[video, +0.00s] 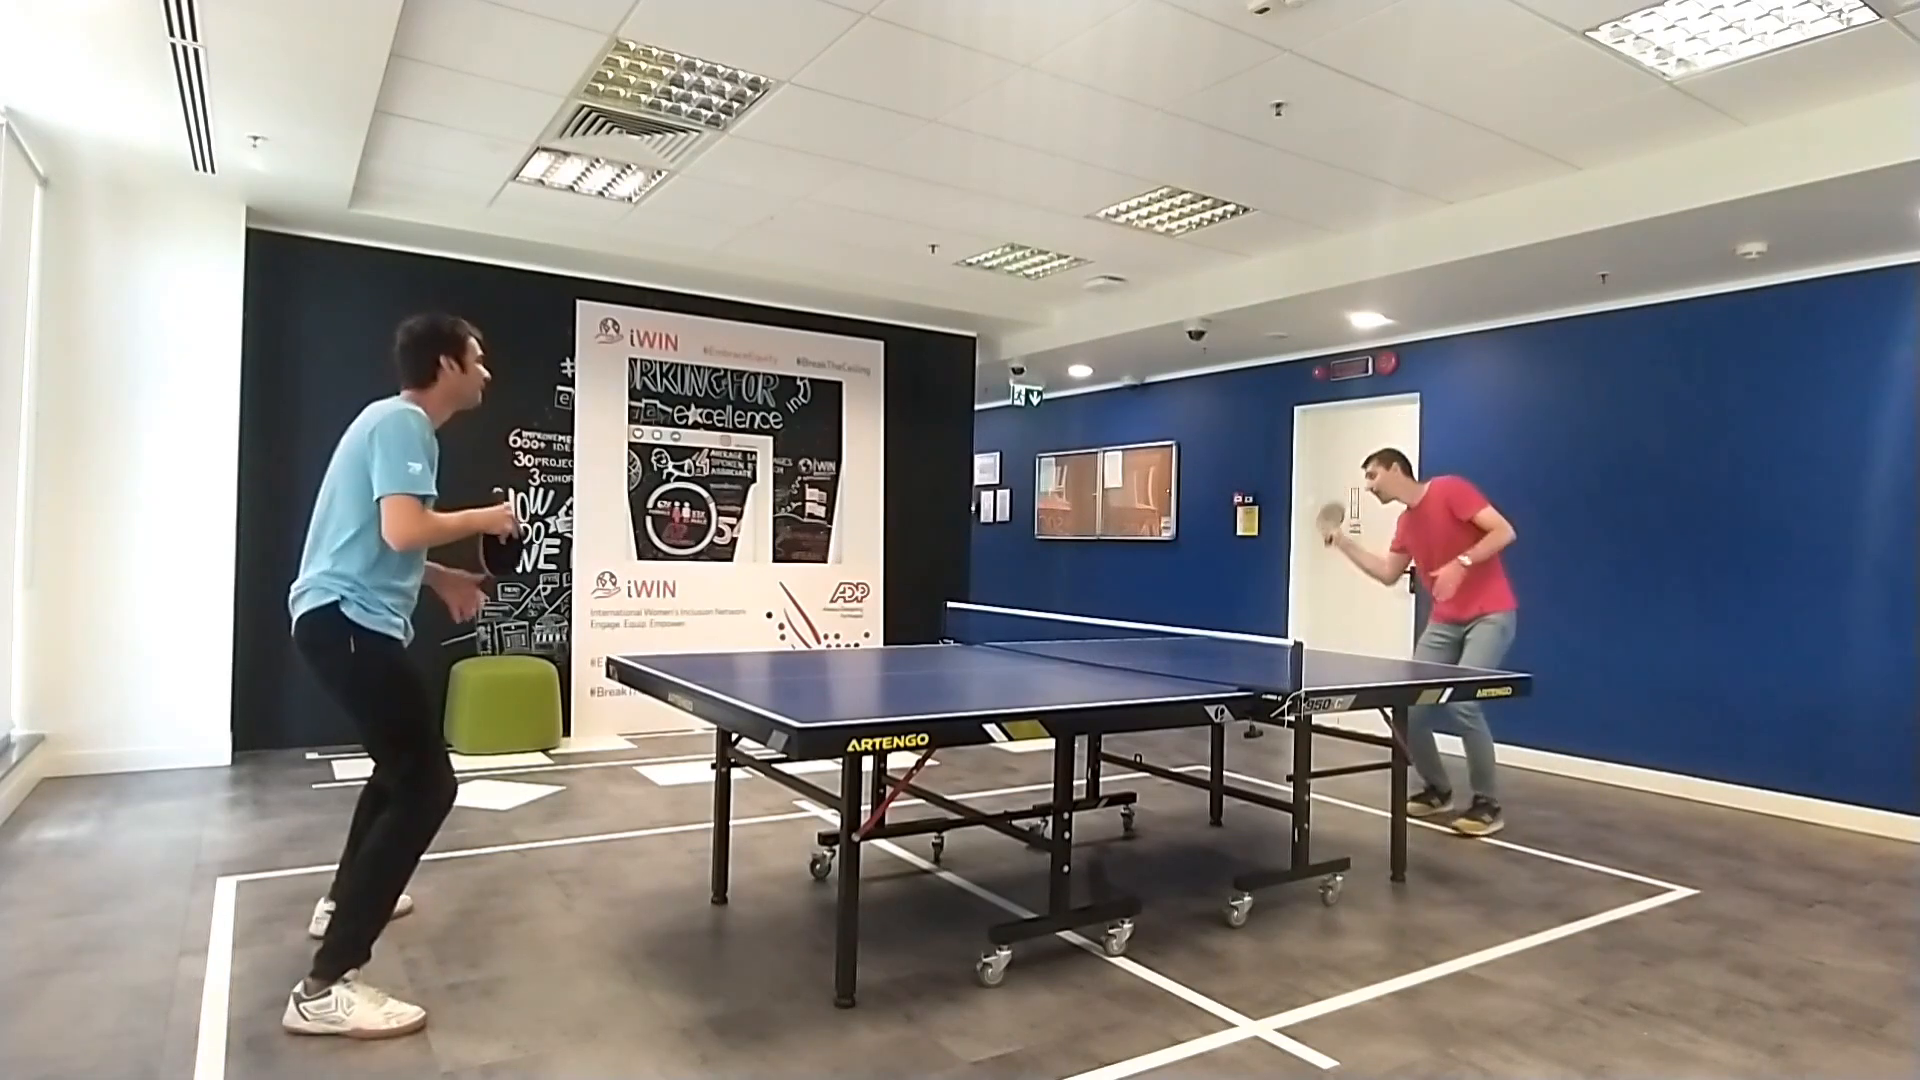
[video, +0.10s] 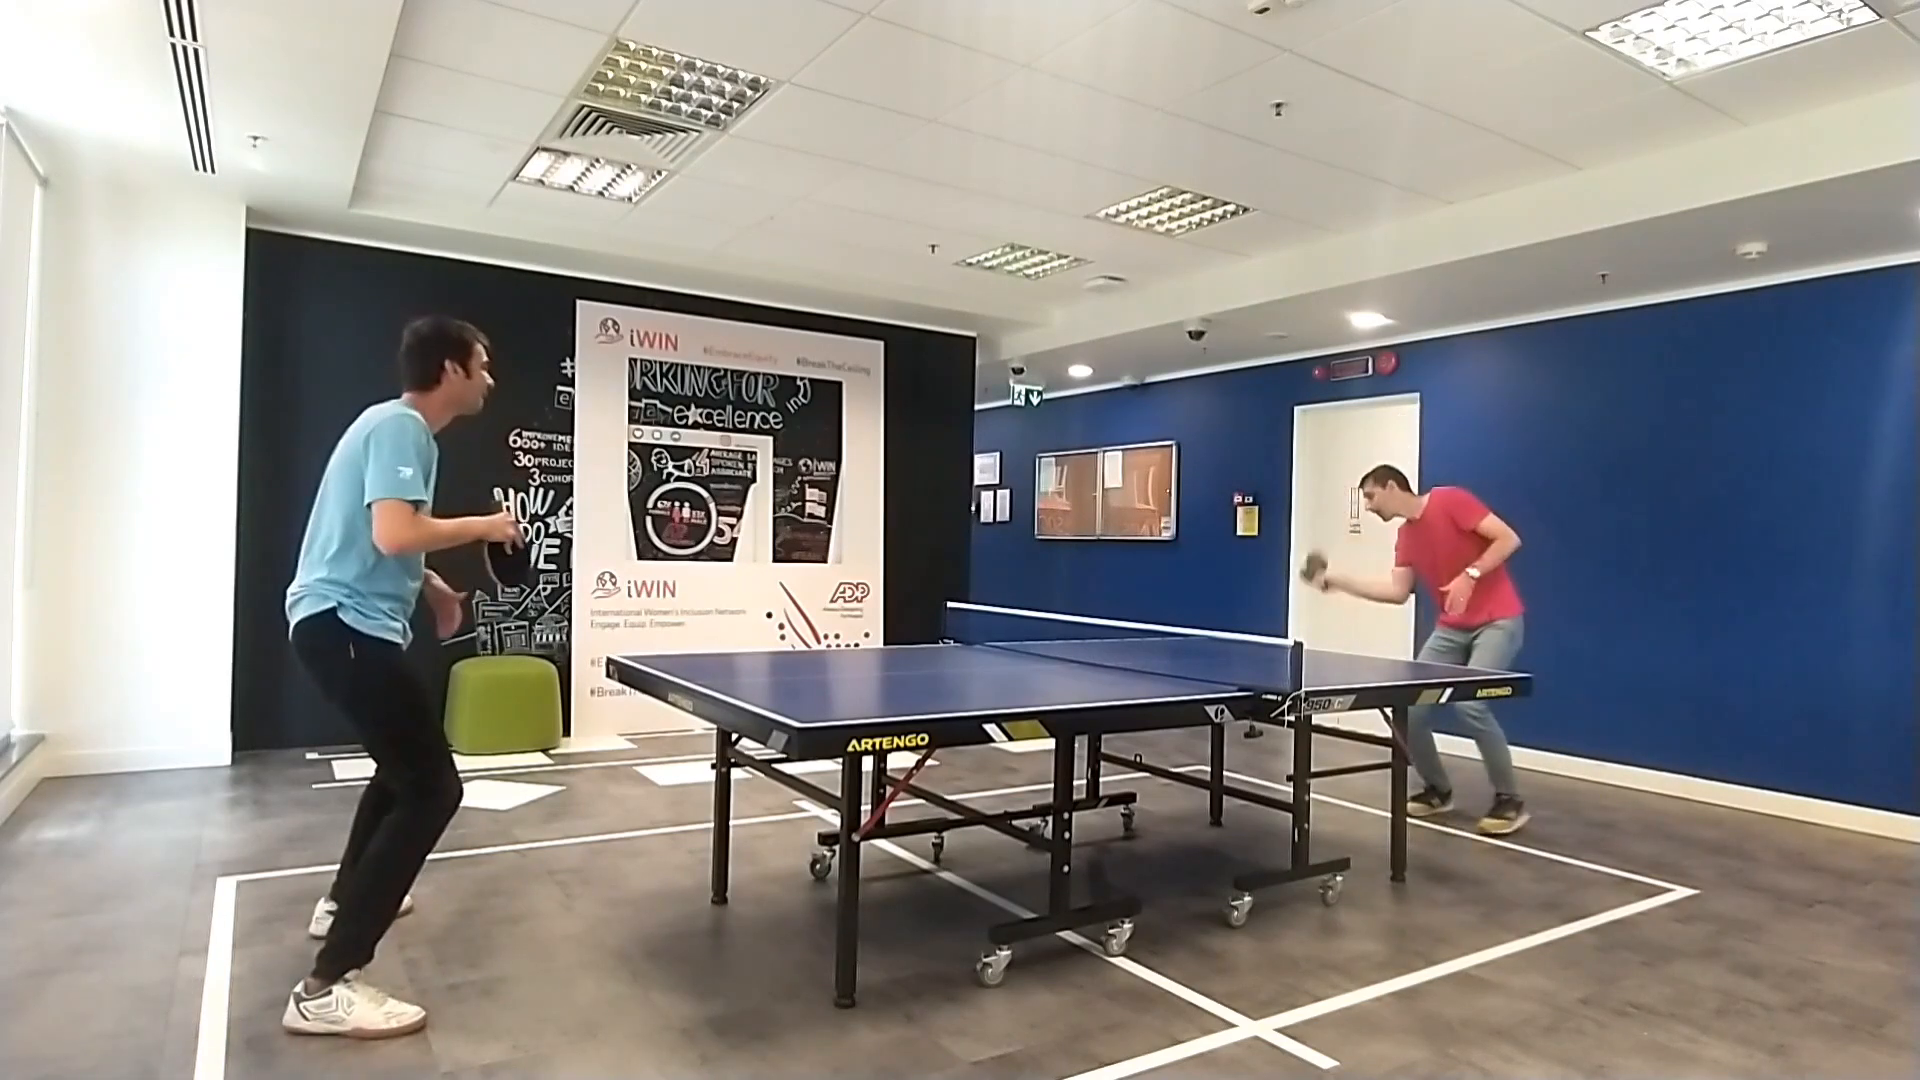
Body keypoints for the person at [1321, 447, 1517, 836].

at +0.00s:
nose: (1368, 485)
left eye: (1372, 475)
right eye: (1366, 479)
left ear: (1396, 469)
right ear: (1391, 474)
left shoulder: (1447, 489)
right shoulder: (1407, 521)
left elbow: (1503, 531)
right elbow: (1388, 572)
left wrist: (1460, 563)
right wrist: (1342, 541)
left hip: (1491, 614)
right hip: (1444, 620)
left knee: (1461, 702)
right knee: (1407, 707)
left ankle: (1486, 803)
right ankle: (1438, 789)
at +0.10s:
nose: (1368, 507)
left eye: (1370, 497)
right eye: (1365, 500)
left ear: (1393, 486)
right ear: (1391, 490)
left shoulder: (1449, 499)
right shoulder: (1407, 534)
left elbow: (1508, 539)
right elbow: (1398, 592)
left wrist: (1470, 575)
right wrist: (1336, 581)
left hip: (1498, 622)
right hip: (1451, 629)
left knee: (1468, 703)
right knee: (1409, 709)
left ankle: (1509, 800)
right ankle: (1437, 792)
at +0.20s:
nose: (1374, 516)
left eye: (1375, 507)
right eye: (1370, 510)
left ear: (1397, 496)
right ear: (1393, 502)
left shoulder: (1453, 507)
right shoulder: (1409, 540)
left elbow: (1516, 544)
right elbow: (1415, 597)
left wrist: (1479, 583)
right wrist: (1375, 598)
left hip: (1505, 626)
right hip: (1458, 634)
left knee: (1485, 712)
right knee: (1410, 711)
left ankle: (1543, 793)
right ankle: (1438, 792)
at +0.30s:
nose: (1387, 515)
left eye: (1390, 505)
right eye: (1383, 509)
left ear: (1412, 495)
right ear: (1407, 500)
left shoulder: (1466, 510)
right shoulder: (1418, 542)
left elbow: (1530, 546)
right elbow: (1445, 595)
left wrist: (1499, 585)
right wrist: (1425, 585)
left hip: (1512, 631)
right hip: (1465, 635)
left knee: (1510, 724)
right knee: (1417, 711)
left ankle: (1583, 775)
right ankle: (1437, 792)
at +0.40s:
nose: (1409, 508)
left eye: (1413, 498)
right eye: (1406, 501)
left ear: (1438, 491)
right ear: (1412, 505)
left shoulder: (1489, 511)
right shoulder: (1431, 537)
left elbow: (1550, 551)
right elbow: (1446, 599)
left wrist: (1523, 586)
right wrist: (1448, 578)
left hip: (1526, 634)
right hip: (1477, 635)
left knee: (1542, 732)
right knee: (1425, 708)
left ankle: (1623, 766)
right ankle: (1437, 792)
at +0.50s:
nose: (1439, 502)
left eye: (1445, 492)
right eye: (1434, 497)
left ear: (1469, 489)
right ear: (1435, 503)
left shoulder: (1519, 514)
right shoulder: (1454, 536)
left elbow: (1574, 558)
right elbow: (1455, 596)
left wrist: (1546, 594)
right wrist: (1462, 581)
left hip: (1545, 640)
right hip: (1494, 638)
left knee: (1577, 740)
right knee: (1434, 706)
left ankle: (1658, 780)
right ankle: (1437, 793)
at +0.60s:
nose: (1472, 502)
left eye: (1479, 492)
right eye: (1469, 495)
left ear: (1505, 490)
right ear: (1471, 499)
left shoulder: (1553, 518)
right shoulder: (1484, 535)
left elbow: (1603, 569)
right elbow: (1483, 597)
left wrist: (1569, 604)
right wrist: (1488, 587)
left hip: (1570, 647)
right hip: (1518, 641)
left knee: (1607, 745)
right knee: (1453, 706)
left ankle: (1675, 795)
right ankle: (1437, 792)